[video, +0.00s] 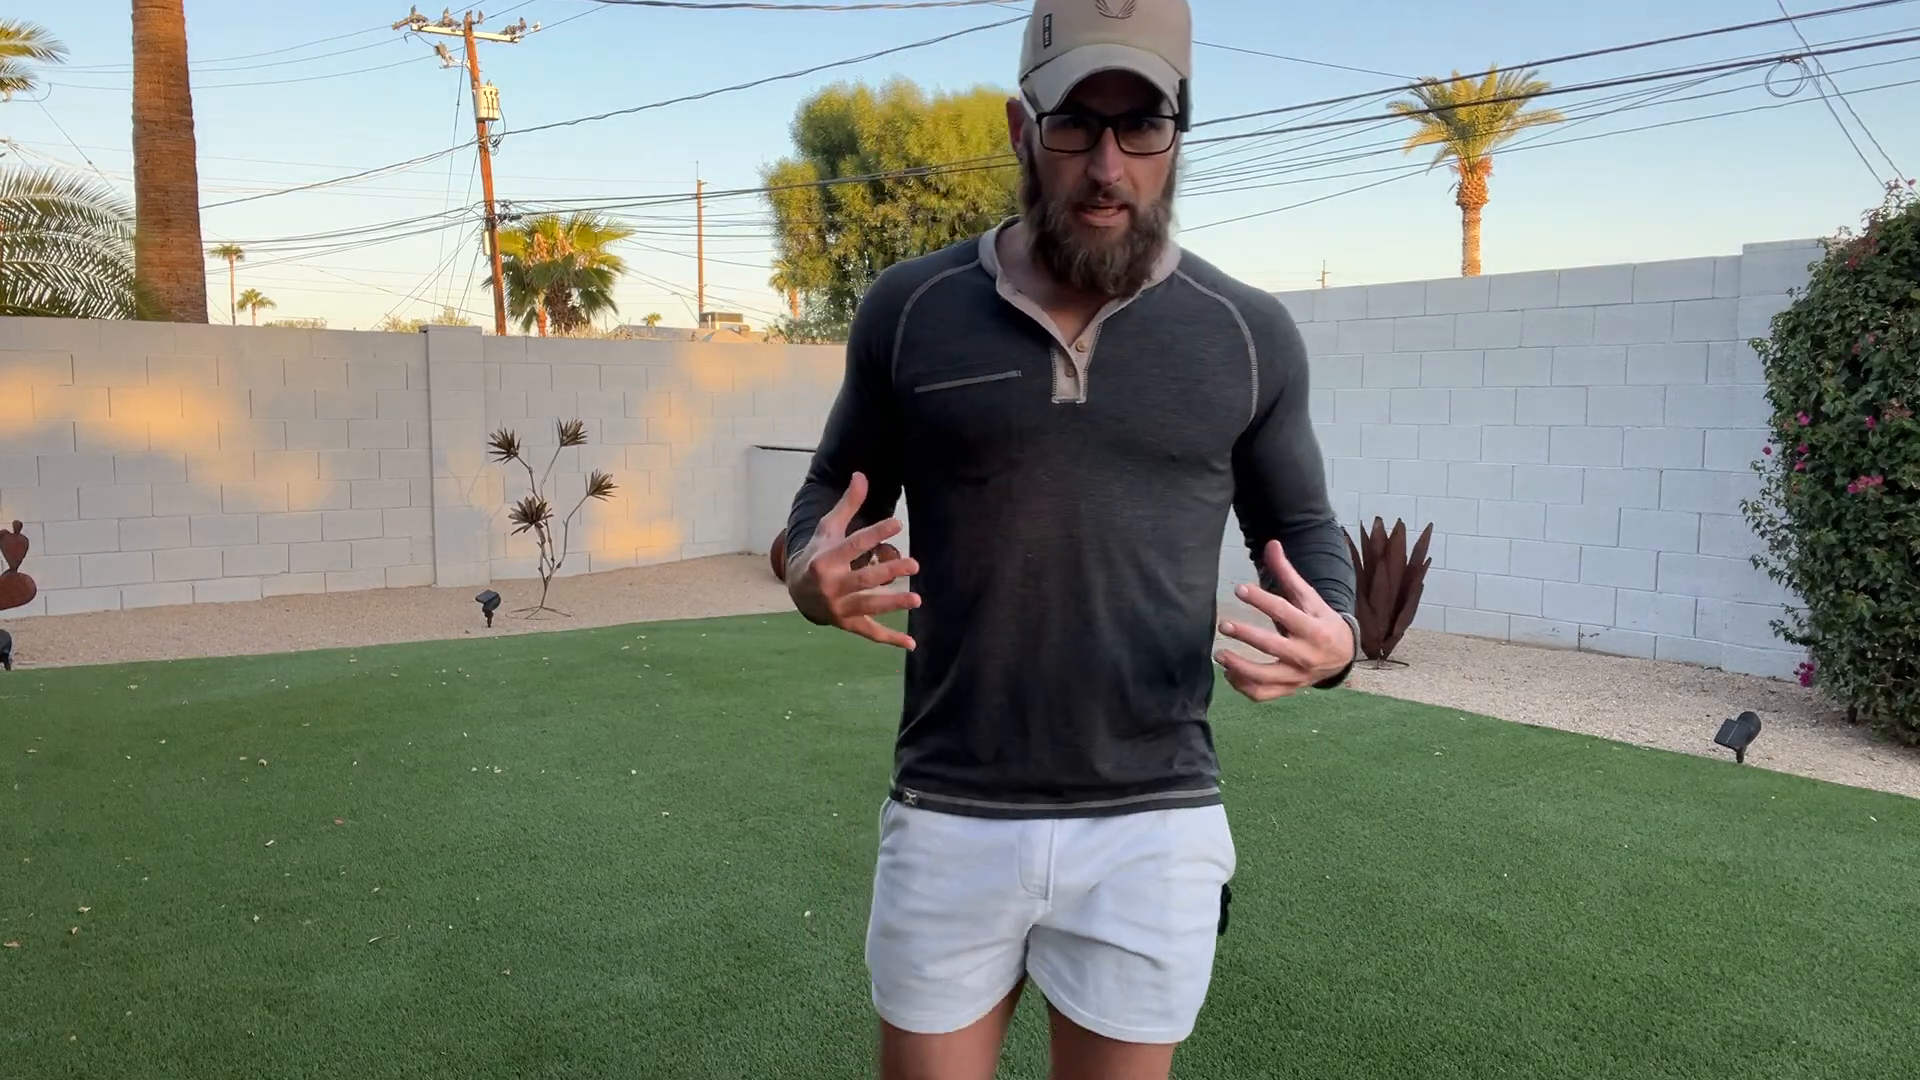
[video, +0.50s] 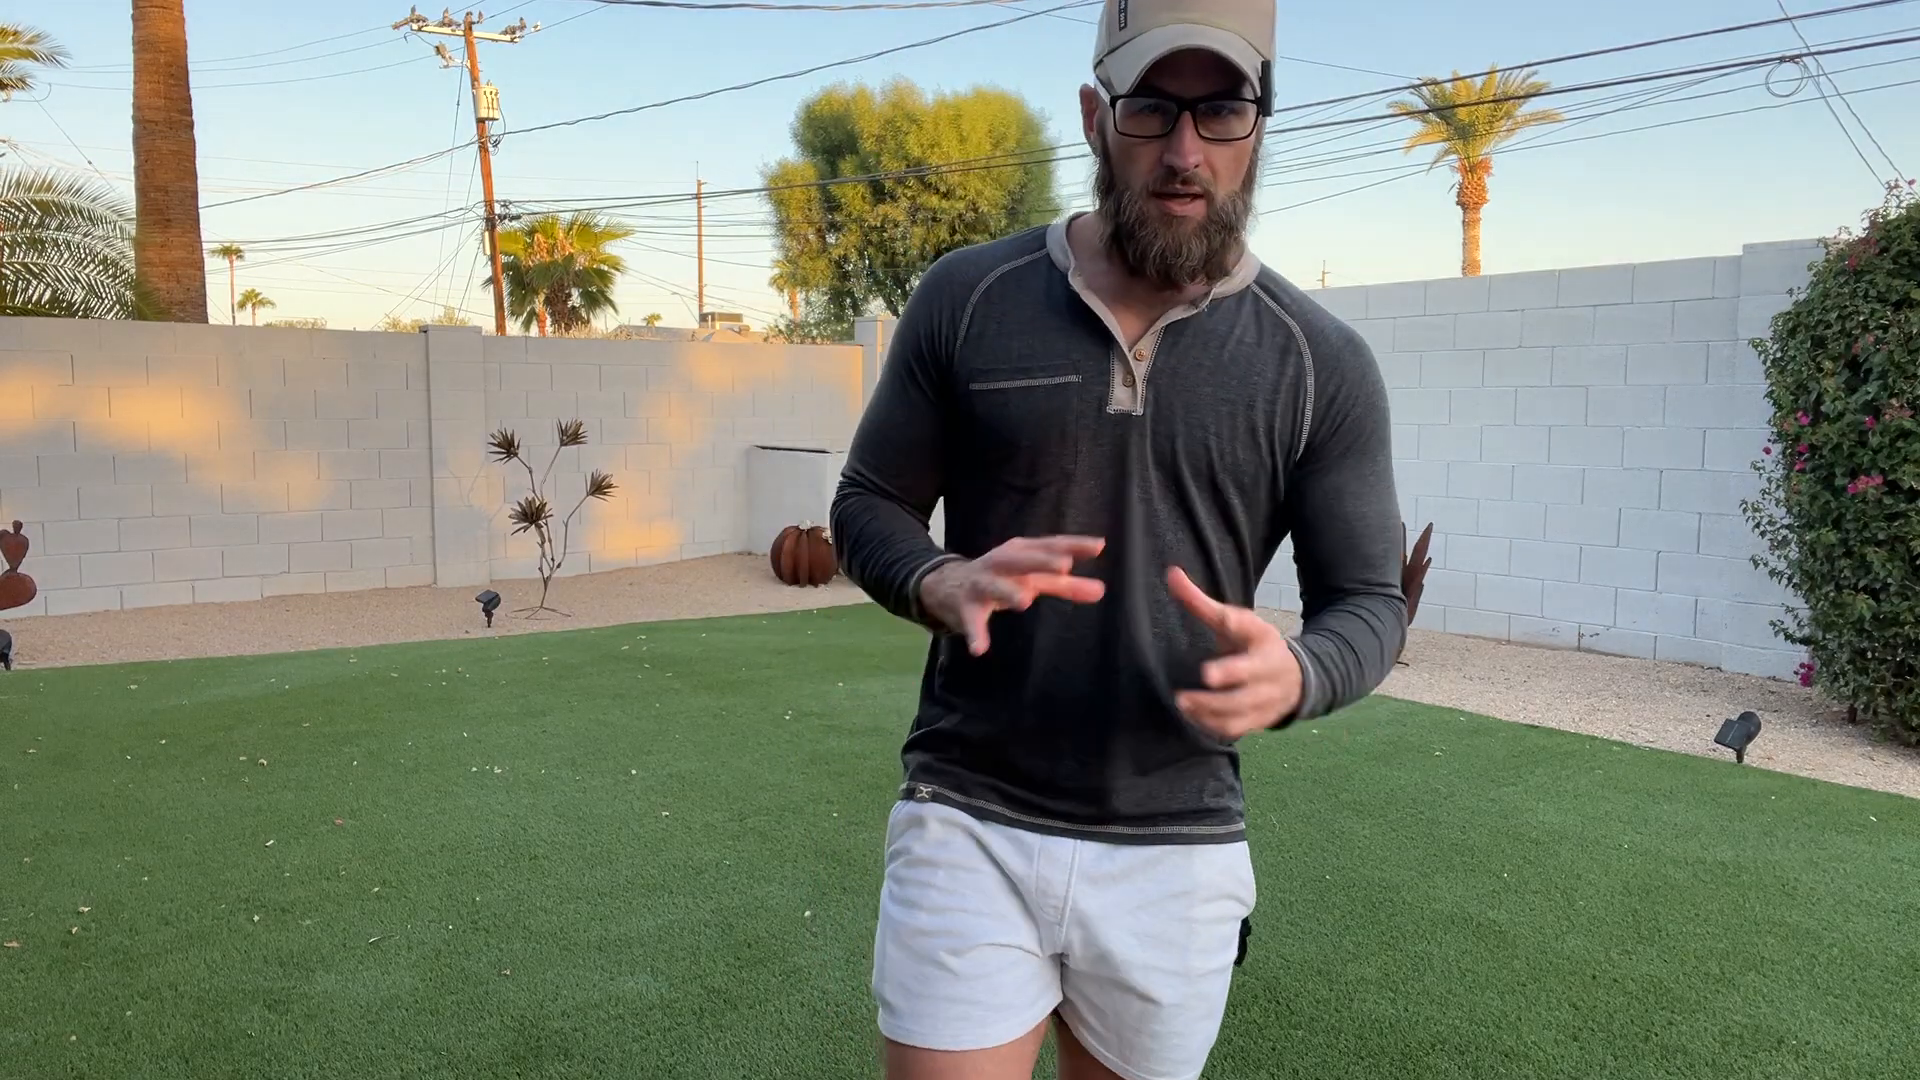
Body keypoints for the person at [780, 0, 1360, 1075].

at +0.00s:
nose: (1107, 164)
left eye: (1139, 130)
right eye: (1075, 128)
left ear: (1176, 144)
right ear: (1025, 134)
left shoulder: (1251, 336)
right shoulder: (911, 311)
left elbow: (1301, 536)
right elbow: (836, 490)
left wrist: (1332, 640)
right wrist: (807, 572)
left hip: (1155, 821)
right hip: (951, 814)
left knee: (1125, 1063)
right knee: (928, 1062)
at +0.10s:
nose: (1137, 161)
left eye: (1169, 127)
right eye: (1105, 123)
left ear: (1208, 141)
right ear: (1054, 128)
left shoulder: (1279, 344)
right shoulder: (931, 310)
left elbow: (1331, 552)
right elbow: (854, 485)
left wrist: (1365, 660)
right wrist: (831, 577)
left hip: (1167, 830)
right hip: (959, 819)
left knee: (1135, 1068)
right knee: (912, 1062)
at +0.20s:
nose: (1159, 155)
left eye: (1192, 121)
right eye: (1128, 117)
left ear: (1231, 135)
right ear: (1073, 119)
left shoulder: (1299, 342)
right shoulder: (948, 301)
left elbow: (1346, 552)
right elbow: (871, 485)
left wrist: (1384, 661)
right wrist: (853, 572)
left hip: (1174, 837)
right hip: (962, 820)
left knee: (1134, 1067)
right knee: (908, 1060)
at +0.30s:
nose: (1174, 152)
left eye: (1209, 115)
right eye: (1140, 112)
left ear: (1248, 132)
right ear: (1087, 119)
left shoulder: (1313, 351)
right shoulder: (957, 302)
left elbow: (1363, 564)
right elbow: (878, 482)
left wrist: (1376, 668)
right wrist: (871, 574)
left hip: (1177, 841)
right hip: (965, 819)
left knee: (1128, 1069)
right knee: (912, 1062)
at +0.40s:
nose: (1183, 158)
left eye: (1218, 122)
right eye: (1150, 119)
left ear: (1257, 136)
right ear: (1094, 121)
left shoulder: (1321, 363)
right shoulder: (963, 305)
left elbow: (1372, 583)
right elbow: (874, 498)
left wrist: (1353, 679)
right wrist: (895, 587)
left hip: (1177, 847)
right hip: (966, 822)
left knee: (1129, 1065)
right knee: (931, 1060)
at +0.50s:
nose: (1184, 152)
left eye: (1219, 119)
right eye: (1151, 113)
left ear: (1257, 136)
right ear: (1096, 120)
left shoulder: (1322, 363)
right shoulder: (964, 302)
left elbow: (1366, 602)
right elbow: (868, 506)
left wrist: (1303, 672)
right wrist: (939, 578)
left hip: (1177, 846)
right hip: (966, 823)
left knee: (1130, 1068)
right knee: (940, 1064)